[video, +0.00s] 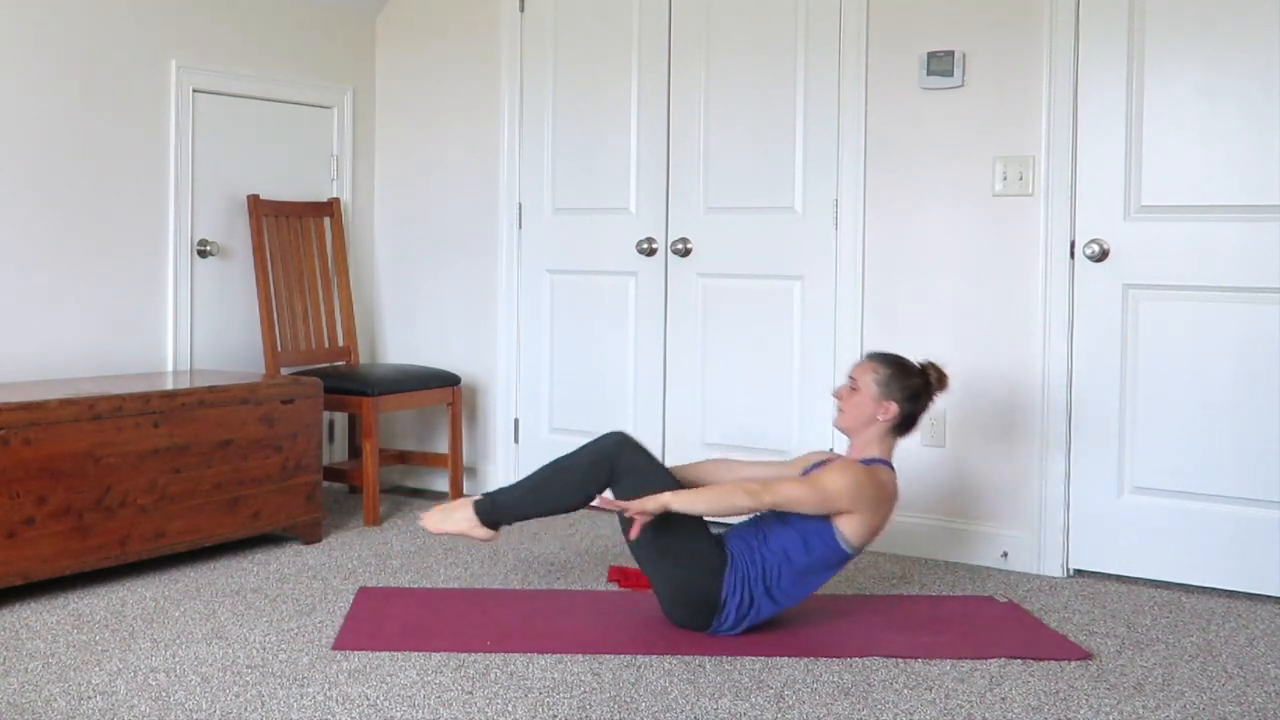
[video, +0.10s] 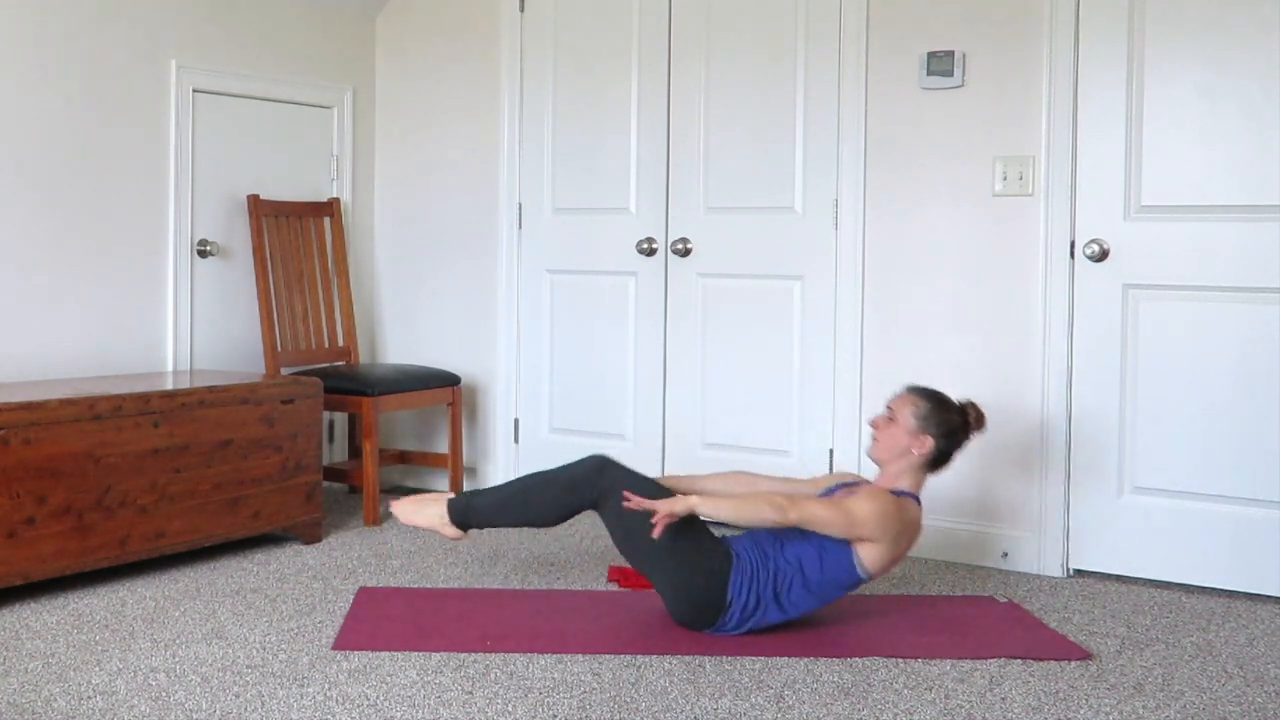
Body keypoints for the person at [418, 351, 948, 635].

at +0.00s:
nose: (838, 393)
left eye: (852, 388)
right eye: (845, 383)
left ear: (885, 413)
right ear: (873, 409)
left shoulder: (865, 483)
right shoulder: (836, 465)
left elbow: (759, 498)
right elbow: (741, 475)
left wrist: (660, 502)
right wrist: (649, 490)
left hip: (716, 595)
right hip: (714, 570)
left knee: (619, 452)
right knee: (619, 450)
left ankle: (483, 514)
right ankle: (489, 509)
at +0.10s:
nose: (876, 425)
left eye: (891, 421)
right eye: (883, 415)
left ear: (920, 449)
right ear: (904, 439)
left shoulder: (887, 512)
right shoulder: (863, 488)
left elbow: (788, 513)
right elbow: (772, 489)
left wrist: (693, 507)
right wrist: (683, 485)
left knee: (596, 476)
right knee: (602, 471)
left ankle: (454, 513)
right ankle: (461, 509)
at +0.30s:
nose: (926, 485)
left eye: (943, 486)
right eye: (937, 478)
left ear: (966, 519)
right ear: (952, 507)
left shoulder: (914, 566)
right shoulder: (903, 543)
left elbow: (820, 532)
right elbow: (813, 524)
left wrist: (740, 498)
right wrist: (723, 494)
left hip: (732, 586)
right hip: (736, 565)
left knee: (594, 503)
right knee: (596, 500)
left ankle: (452, 472)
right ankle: (459, 470)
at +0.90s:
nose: (892, 438)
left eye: (910, 435)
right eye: (900, 428)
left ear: (940, 464)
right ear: (915, 450)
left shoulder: (907, 524)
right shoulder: (876, 494)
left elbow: (809, 524)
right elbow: (788, 496)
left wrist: (711, 514)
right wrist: (701, 496)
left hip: (729, 588)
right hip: (726, 565)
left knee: (597, 491)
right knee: (598, 487)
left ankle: (449, 520)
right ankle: (454, 514)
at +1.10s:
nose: (829, 380)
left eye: (843, 376)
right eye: (836, 370)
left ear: (872, 403)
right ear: (863, 400)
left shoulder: (863, 472)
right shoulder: (827, 451)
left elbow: (757, 497)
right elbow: (737, 476)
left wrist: (657, 513)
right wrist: (650, 504)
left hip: (724, 595)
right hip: (717, 574)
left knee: (635, 446)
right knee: (632, 445)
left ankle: (500, 503)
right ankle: (497, 489)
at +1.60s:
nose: (862, 408)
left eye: (877, 404)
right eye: (871, 399)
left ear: (906, 431)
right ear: (896, 425)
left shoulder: (875, 494)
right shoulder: (860, 475)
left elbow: (770, 493)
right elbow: (762, 480)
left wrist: (677, 490)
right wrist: (672, 486)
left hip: (726, 595)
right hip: (727, 570)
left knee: (617, 463)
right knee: (618, 458)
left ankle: (468, 482)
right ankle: (473, 474)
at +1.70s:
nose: (898, 442)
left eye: (915, 441)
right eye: (907, 433)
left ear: (940, 471)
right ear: (923, 459)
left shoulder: (902, 527)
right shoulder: (884, 505)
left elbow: (800, 508)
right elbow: (789, 499)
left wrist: (700, 491)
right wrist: (696, 487)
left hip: (727, 586)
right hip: (729, 566)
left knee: (590, 493)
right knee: (594, 492)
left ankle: (445, 494)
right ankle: (450, 490)